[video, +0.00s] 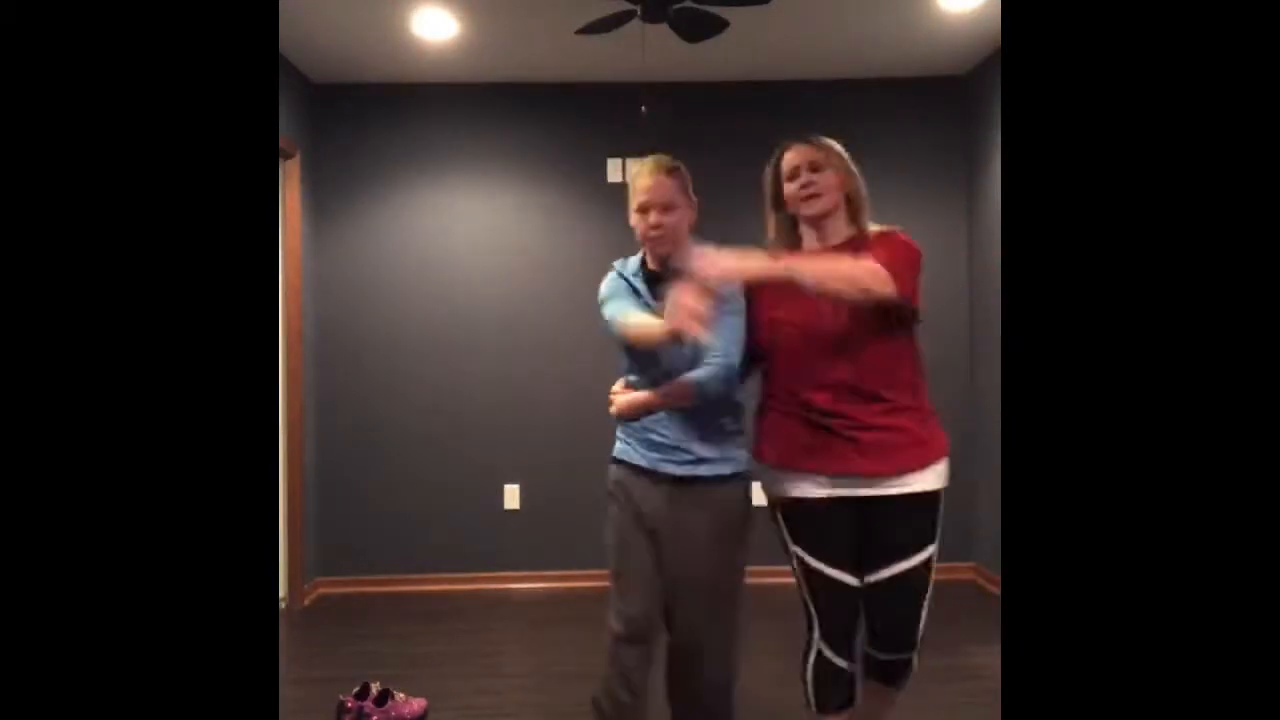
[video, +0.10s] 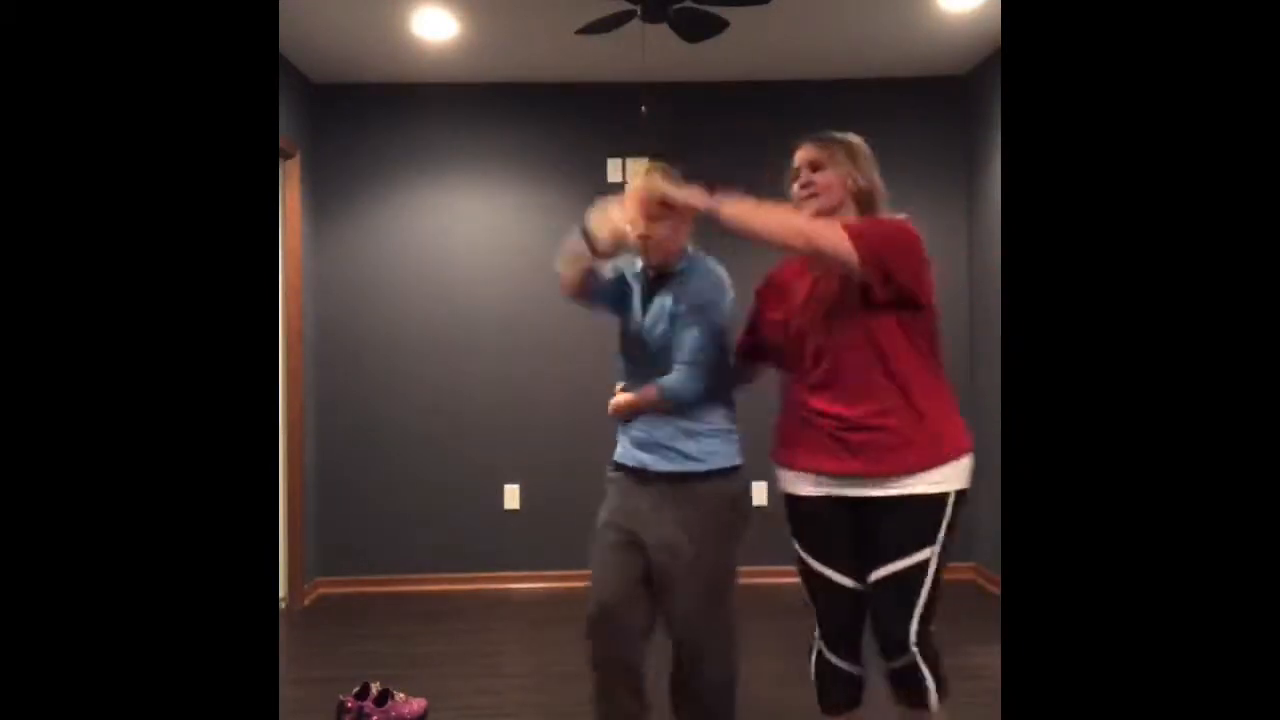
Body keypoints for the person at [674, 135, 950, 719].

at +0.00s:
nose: (804, 181)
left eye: (816, 169)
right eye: (792, 177)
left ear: (847, 178)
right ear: (782, 197)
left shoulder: (891, 247)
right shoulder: (765, 271)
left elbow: (874, 281)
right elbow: (742, 358)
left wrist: (761, 267)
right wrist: (691, 314)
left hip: (901, 472)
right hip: (806, 477)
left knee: (894, 637)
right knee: (834, 634)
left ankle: (872, 714)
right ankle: (834, 717)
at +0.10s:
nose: (800, 181)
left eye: (815, 168)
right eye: (794, 175)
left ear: (856, 176)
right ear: (792, 190)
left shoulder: (898, 240)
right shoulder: (784, 280)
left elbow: (815, 235)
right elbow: (742, 366)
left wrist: (709, 202)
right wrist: (663, 393)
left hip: (915, 476)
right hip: (816, 479)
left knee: (901, 637)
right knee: (837, 639)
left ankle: (926, 711)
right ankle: (837, 715)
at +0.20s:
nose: (809, 182)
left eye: (823, 167)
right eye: (807, 171)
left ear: (865, 172)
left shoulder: (909, 236)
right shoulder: (808, 280)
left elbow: (785, 203)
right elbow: (743, 356)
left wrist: (685, 155)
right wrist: (674, 383)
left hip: (932, 472)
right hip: (837, 477)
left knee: (918, 634)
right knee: (848, 643)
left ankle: (970, 715)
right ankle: (861, 717)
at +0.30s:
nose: (827, 192)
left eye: (838, 178)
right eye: (826, 180)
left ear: (881, 180)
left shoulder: (919, 239)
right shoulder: (830, 283)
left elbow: (782, 195)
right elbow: (759, 339)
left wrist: (711, 145)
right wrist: (684, 370)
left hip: (950, 474)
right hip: (862, 478)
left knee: (945, 638)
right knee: (850, 631)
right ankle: (878, 716)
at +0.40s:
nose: (839, 195)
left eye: (852, 181)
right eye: (841, 182)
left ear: (890, 185)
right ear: (900, 185)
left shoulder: (927, 241)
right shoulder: (860, 283)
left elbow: (782, 202)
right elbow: (777, 340)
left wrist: (743, 151)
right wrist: (691, 364)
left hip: (957, 481)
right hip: (883, 484)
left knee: (946, 642)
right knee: (851, 622)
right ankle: (879, 715)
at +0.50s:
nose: (857, 194)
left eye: (868, 182)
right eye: (860, 182)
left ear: (906, 187)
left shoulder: (936, 245)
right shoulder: (884, 283)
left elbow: (785, 214)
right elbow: (799, 343)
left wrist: (770, 171)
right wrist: (708, 357)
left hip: (959, 481)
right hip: (903, 484)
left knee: (939, 647)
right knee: (851, 615)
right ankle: (886, 717)